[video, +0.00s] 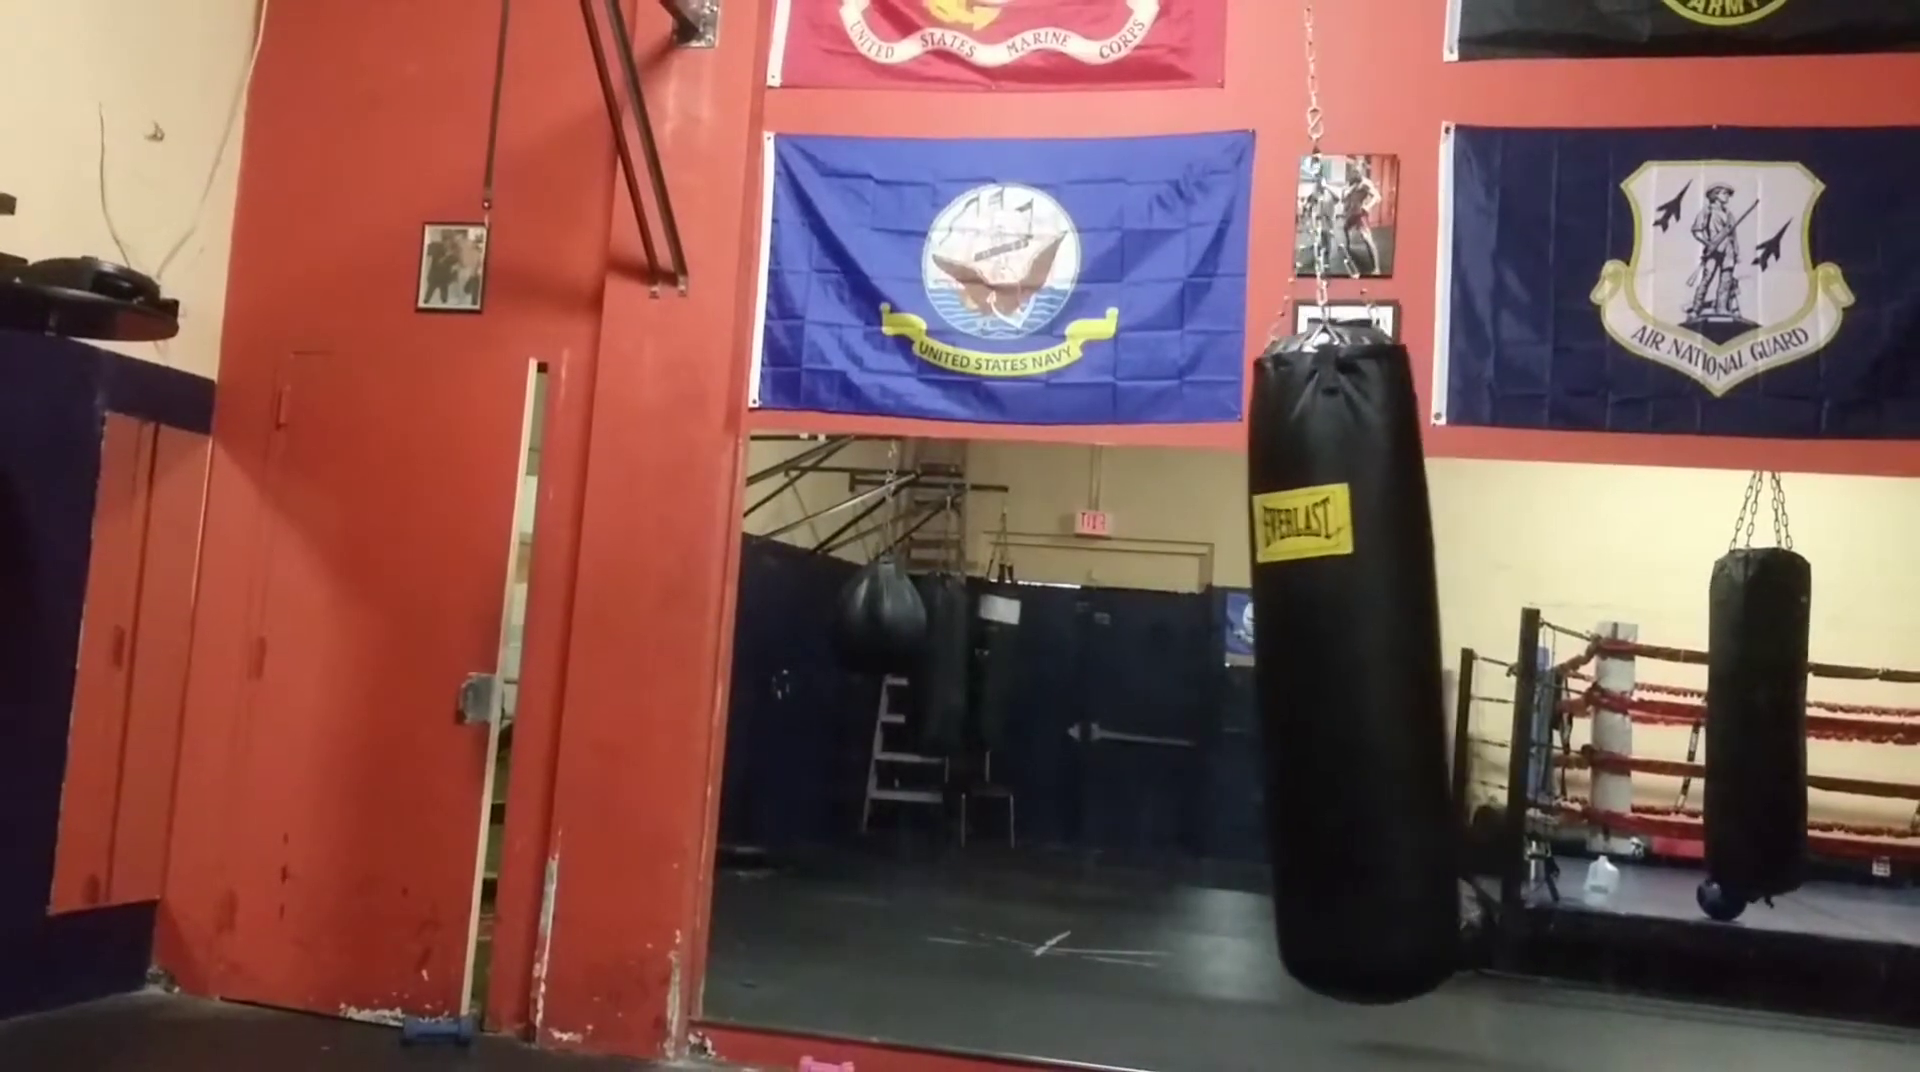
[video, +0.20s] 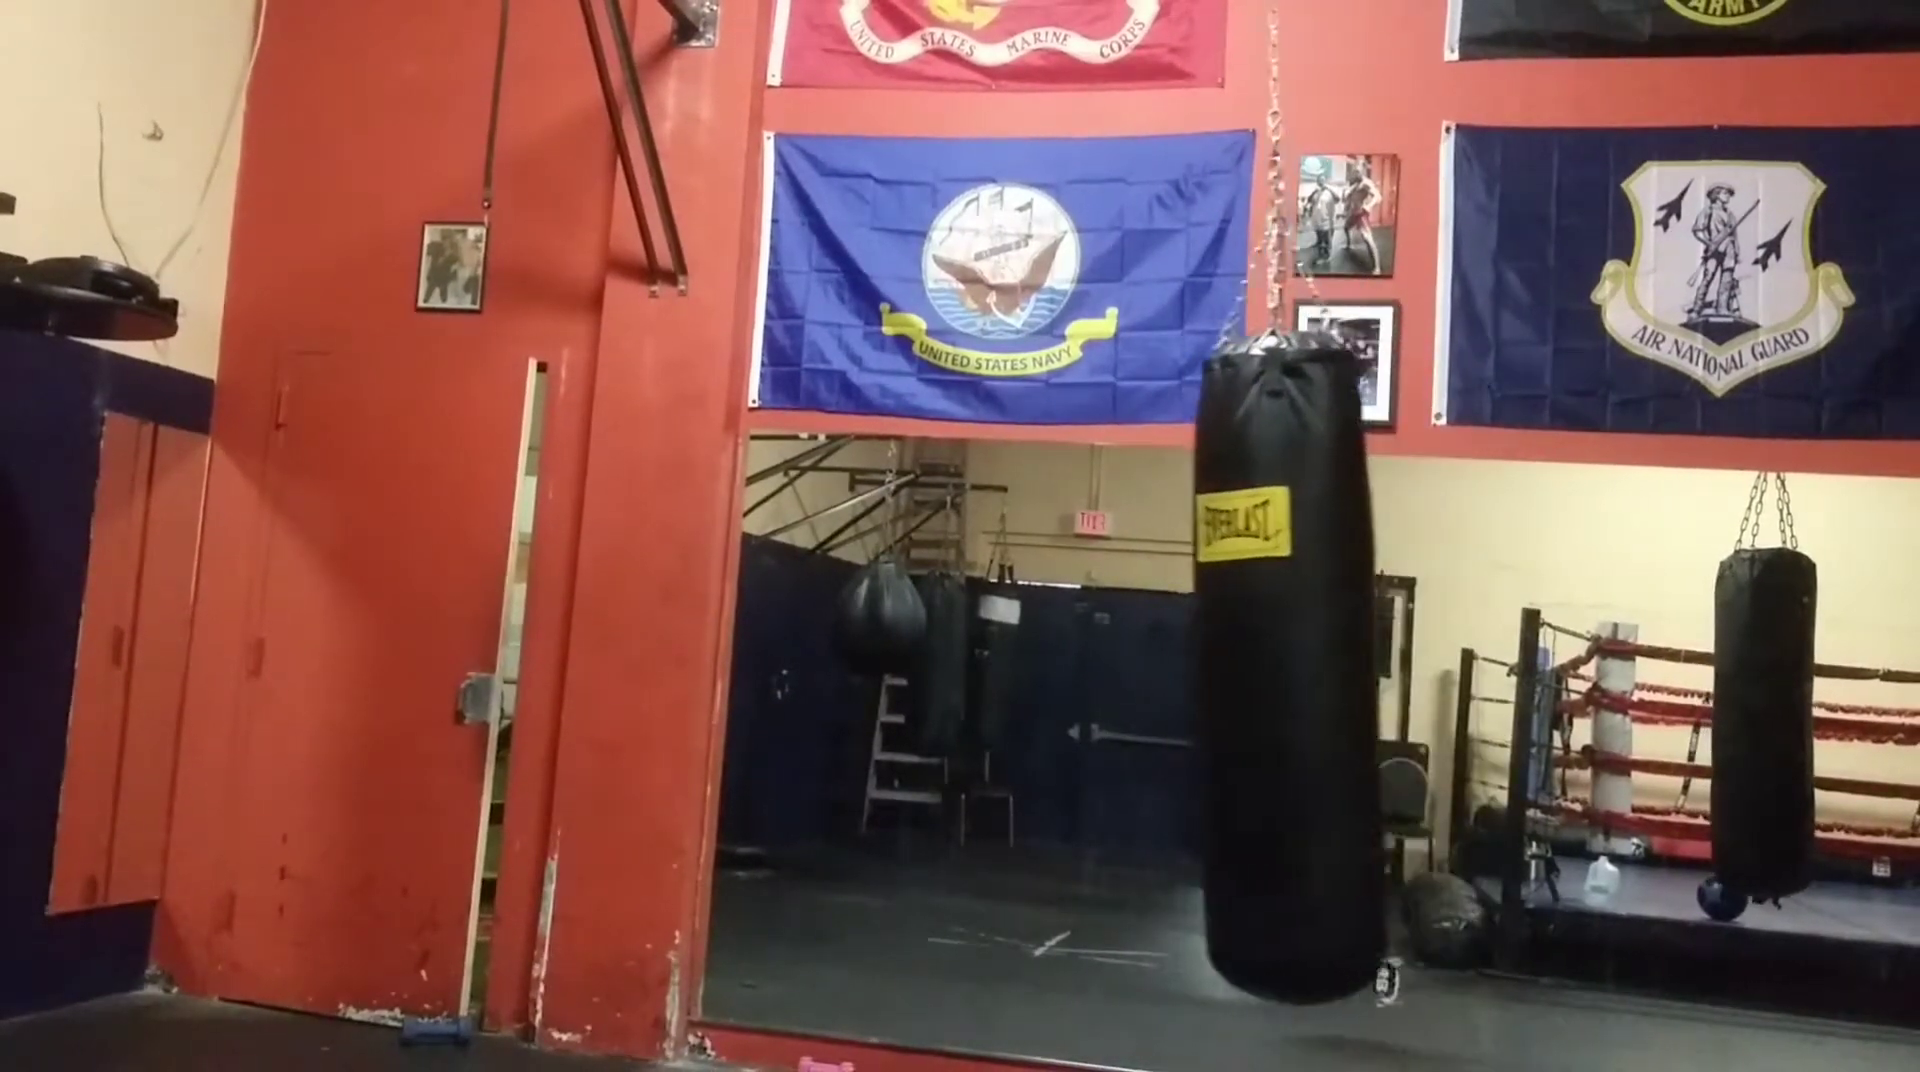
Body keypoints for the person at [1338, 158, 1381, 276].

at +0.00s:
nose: (1354, 173)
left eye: (1356, 171)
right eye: (1352, 171)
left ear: (1360, 172)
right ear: (1349, 172)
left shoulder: (1365, 183)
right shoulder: (1348, 185)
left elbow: (1376, 196)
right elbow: (1343, 198)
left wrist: (1367, 207)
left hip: (1360, 214)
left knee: (1367, 238)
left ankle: (1376, 268)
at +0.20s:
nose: (1352, 174)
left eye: (1354, 171)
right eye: (1351, 171)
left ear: (1359, 172)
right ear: (1350, 173)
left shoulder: (1365, 183)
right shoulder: (1352, 185)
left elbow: (1377, 196)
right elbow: (1346, 199)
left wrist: (1368, 207)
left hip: (1361, 212)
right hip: (1352, 213)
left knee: (1366, 237)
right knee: (1346, 228)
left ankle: (1376, 267)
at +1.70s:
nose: (1349, 176)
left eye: (1351, 173)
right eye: (1349, 174)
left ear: (1356, 173)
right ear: (1351, 174)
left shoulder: (1364, 182)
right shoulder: (1351, 185)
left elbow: (1376, 195)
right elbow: (1344, 198)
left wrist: (1367, 206)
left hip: (1360, 211)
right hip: (1351, 211)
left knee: (1366, 236)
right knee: (1345, 227)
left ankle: (1376, 267)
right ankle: (1347, 243)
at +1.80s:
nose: (1351, 175)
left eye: (1353, 172)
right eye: (1350, 172)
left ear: (1358, 173)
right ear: (1351, 174)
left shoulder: (1365, 182)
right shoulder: (1352, 185)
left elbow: (1376, 195)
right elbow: (1344, 198)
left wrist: (1367, 206)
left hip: (1361, 211)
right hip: (1351, 212)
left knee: (1366, 236)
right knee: (1345, 227)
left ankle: (1376, 266)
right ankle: (1348, 243)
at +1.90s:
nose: (1350, 176)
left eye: (1352, 172)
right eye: (1350, 173)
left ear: (1357, 173)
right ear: (1351, 174)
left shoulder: (1365, 182)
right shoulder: (1352, 185)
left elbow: (1376, 195)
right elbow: (1345, 198)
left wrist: (1367, 205)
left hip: (1361, 211)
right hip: (1352, 211)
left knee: (1366, 236)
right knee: (1345, 227)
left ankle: (1376, 266)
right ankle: (1348, 243)